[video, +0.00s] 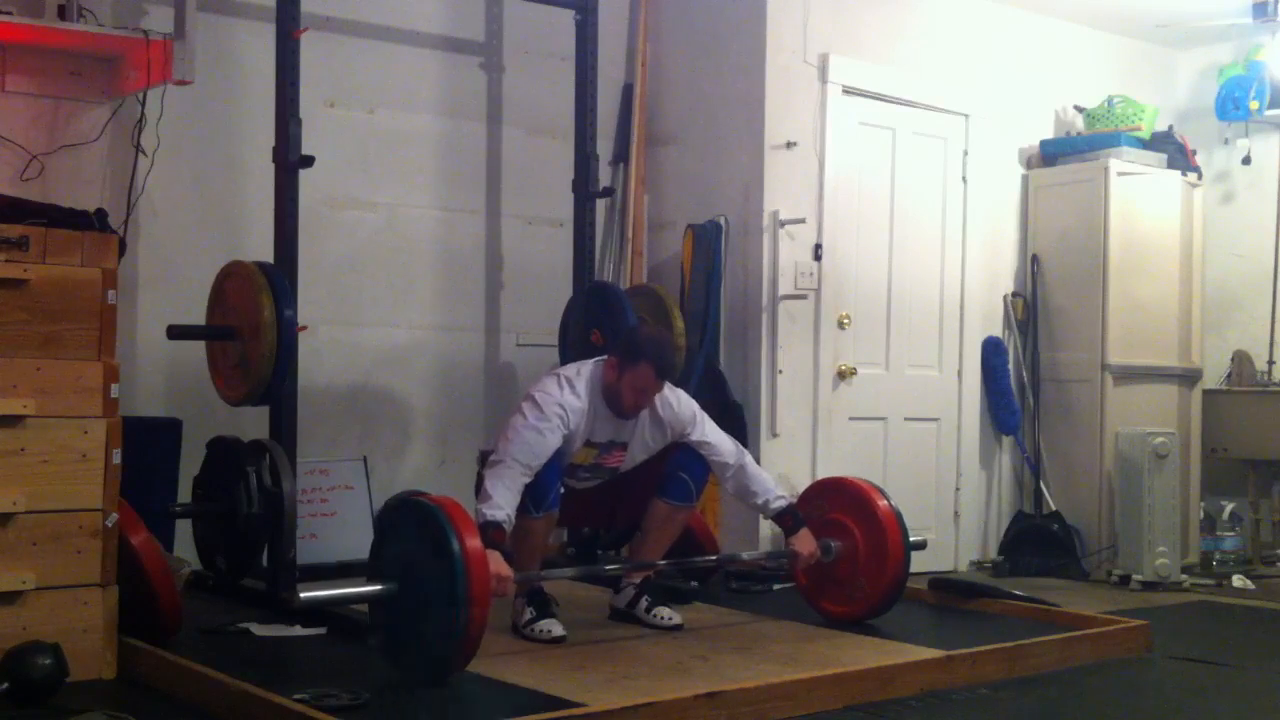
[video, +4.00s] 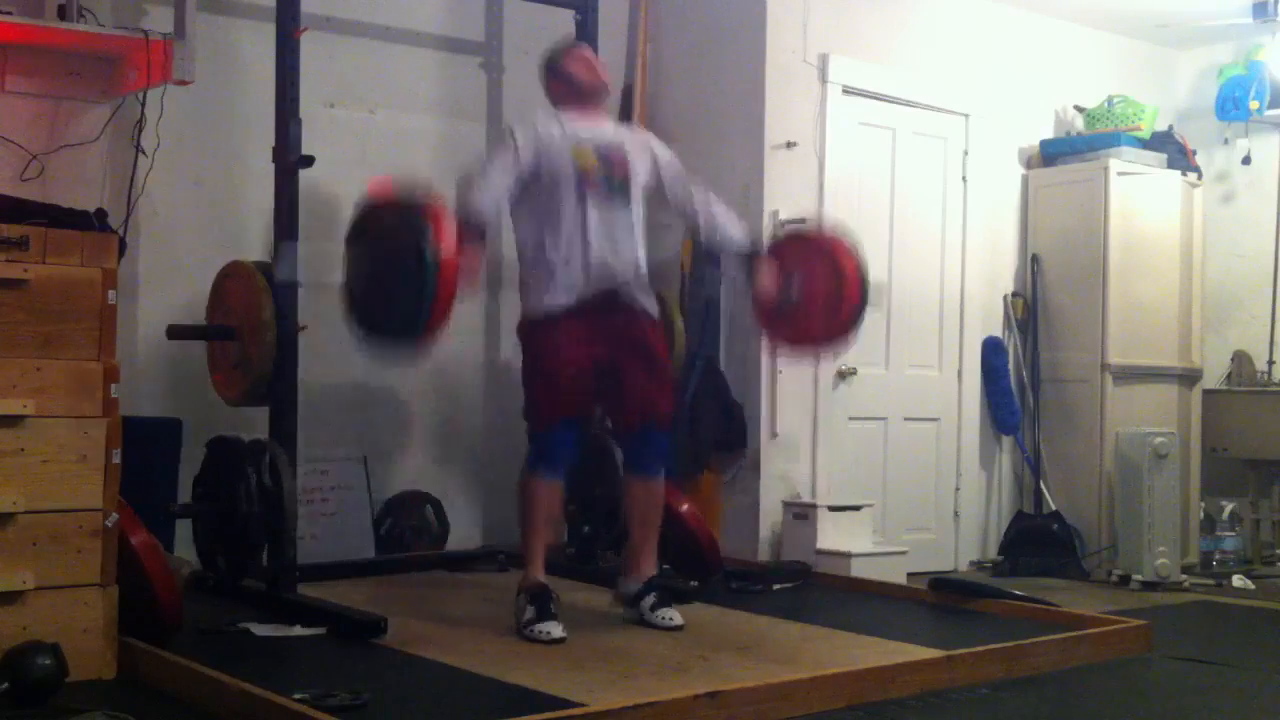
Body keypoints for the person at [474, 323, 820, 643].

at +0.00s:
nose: (643, 404)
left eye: (653, 394)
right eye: (637, 391)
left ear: (664, 383)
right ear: (612, 368)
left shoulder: (668, 405)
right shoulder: (561, 394)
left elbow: (733, 459)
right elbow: (508, 464)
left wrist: (793, 523)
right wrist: (491, 543)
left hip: (609, 502)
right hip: (548, 500)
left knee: (689, 461)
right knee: (545, 468)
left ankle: (630, 593)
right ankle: (528, 601)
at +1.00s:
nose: (672, 392)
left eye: (681, 383)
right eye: (668, 379)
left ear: (691, 376)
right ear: (641, 355)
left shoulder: (692, 387)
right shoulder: (581, 374)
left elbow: (728, 452)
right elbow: (511, 449)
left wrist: (766, 526)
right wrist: (466, 540)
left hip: (589, 399)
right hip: (513, 376)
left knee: (659, 452)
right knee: (540, 456)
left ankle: (633, 589)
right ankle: (529, 595)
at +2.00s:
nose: (678, 377)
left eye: (687, 366)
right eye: (670, 363)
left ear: (697, 359)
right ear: (643, 342)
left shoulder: (696, 387)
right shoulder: (581, 378)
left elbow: (729, 454)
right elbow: (508, 454)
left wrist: (752, 525)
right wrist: (456, 540)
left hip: (601, 438)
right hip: (522, 420)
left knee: (694, 458)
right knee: (554, 464)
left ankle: (632, 590)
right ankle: (530, 597)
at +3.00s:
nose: (671, 374)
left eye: (679, 364)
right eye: (663, 361)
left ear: (690, 355)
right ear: (635, 340)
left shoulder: (690, 383)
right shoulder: (577, 380)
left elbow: (725, 453)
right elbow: (507, 454)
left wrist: (752, 525)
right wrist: (455, 539)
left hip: (603, 448)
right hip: (526, 435)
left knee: (690, 460)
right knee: (552, 468)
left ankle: (633, 589)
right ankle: (531, 597)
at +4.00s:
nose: (589, 63)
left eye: (592, 58)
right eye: (575, 59)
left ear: (606, 81)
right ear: (553, 82)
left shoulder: (641, 143)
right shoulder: (536, 135)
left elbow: (697, 203)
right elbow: (482, 194)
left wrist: (754, 250)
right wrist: (474, 234)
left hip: (632, 308)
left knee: (650, 440)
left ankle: (641, 582)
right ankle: (534, 589)